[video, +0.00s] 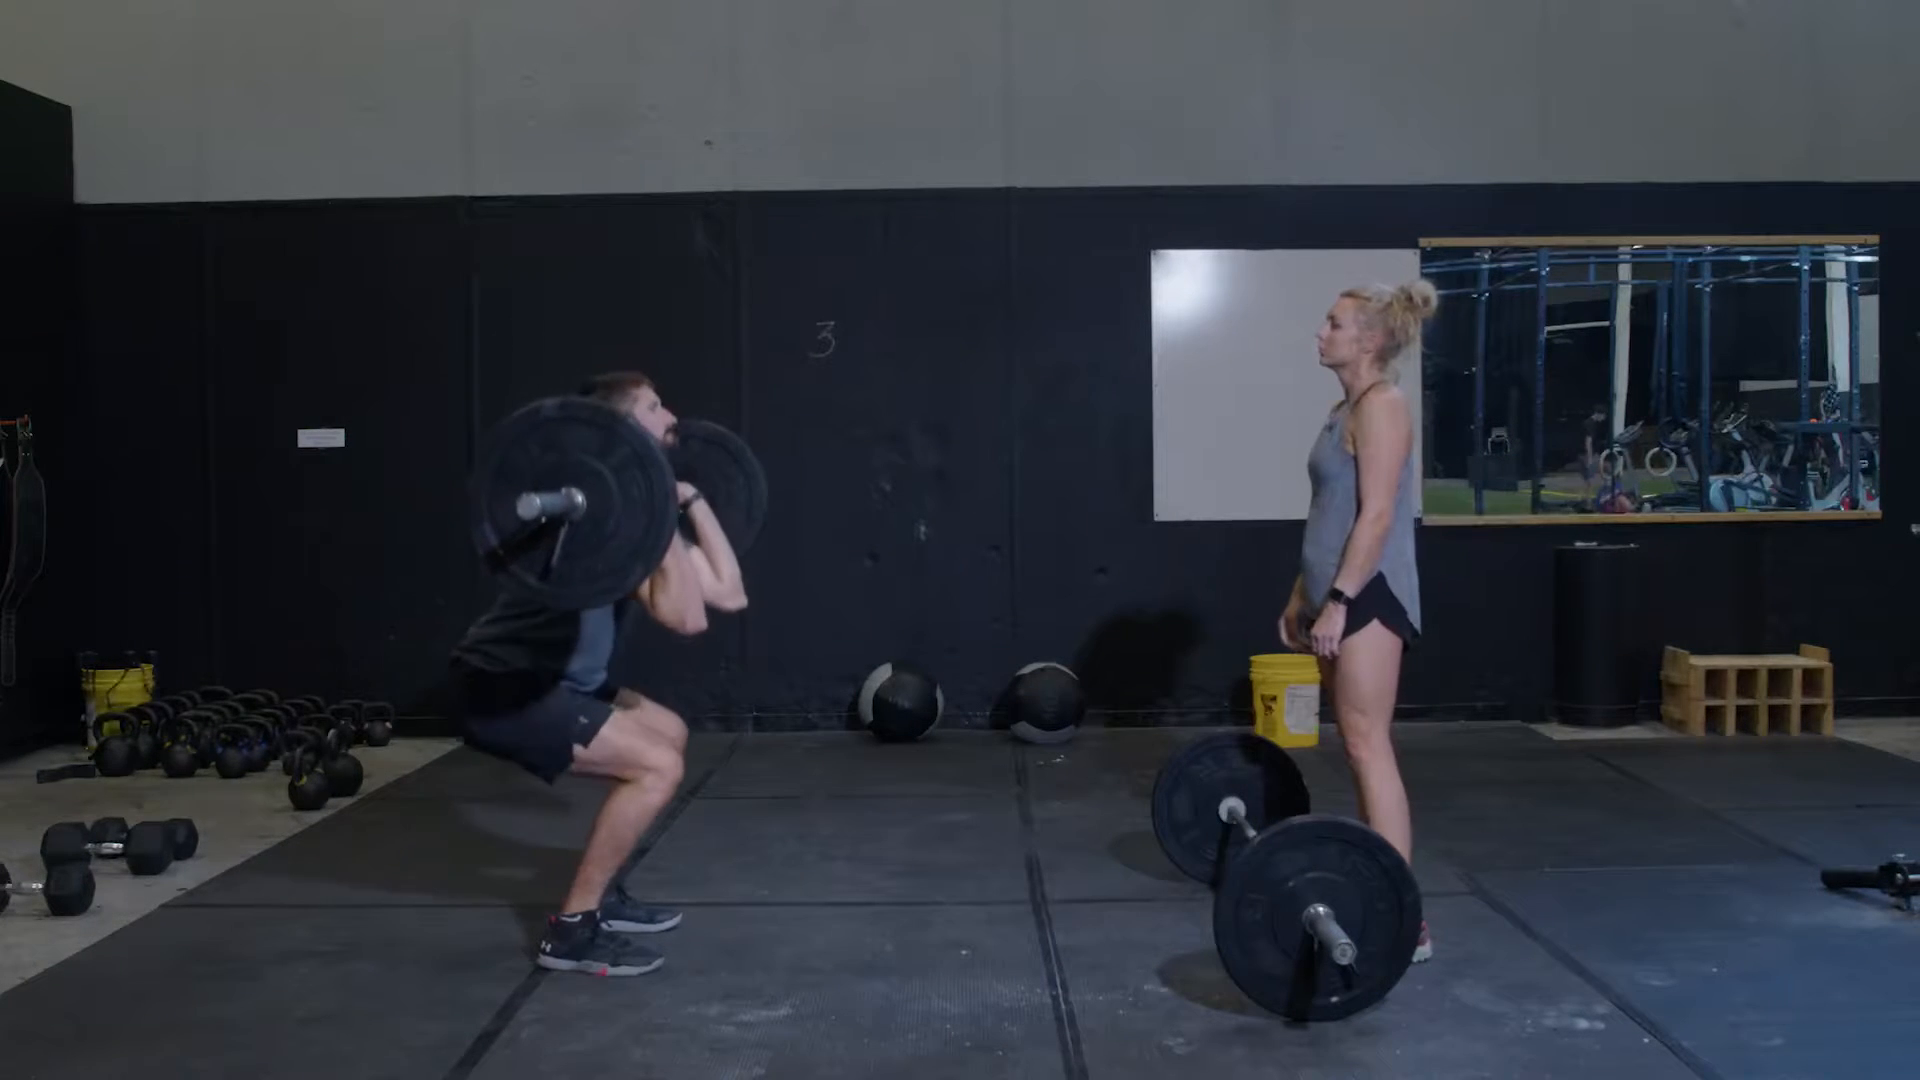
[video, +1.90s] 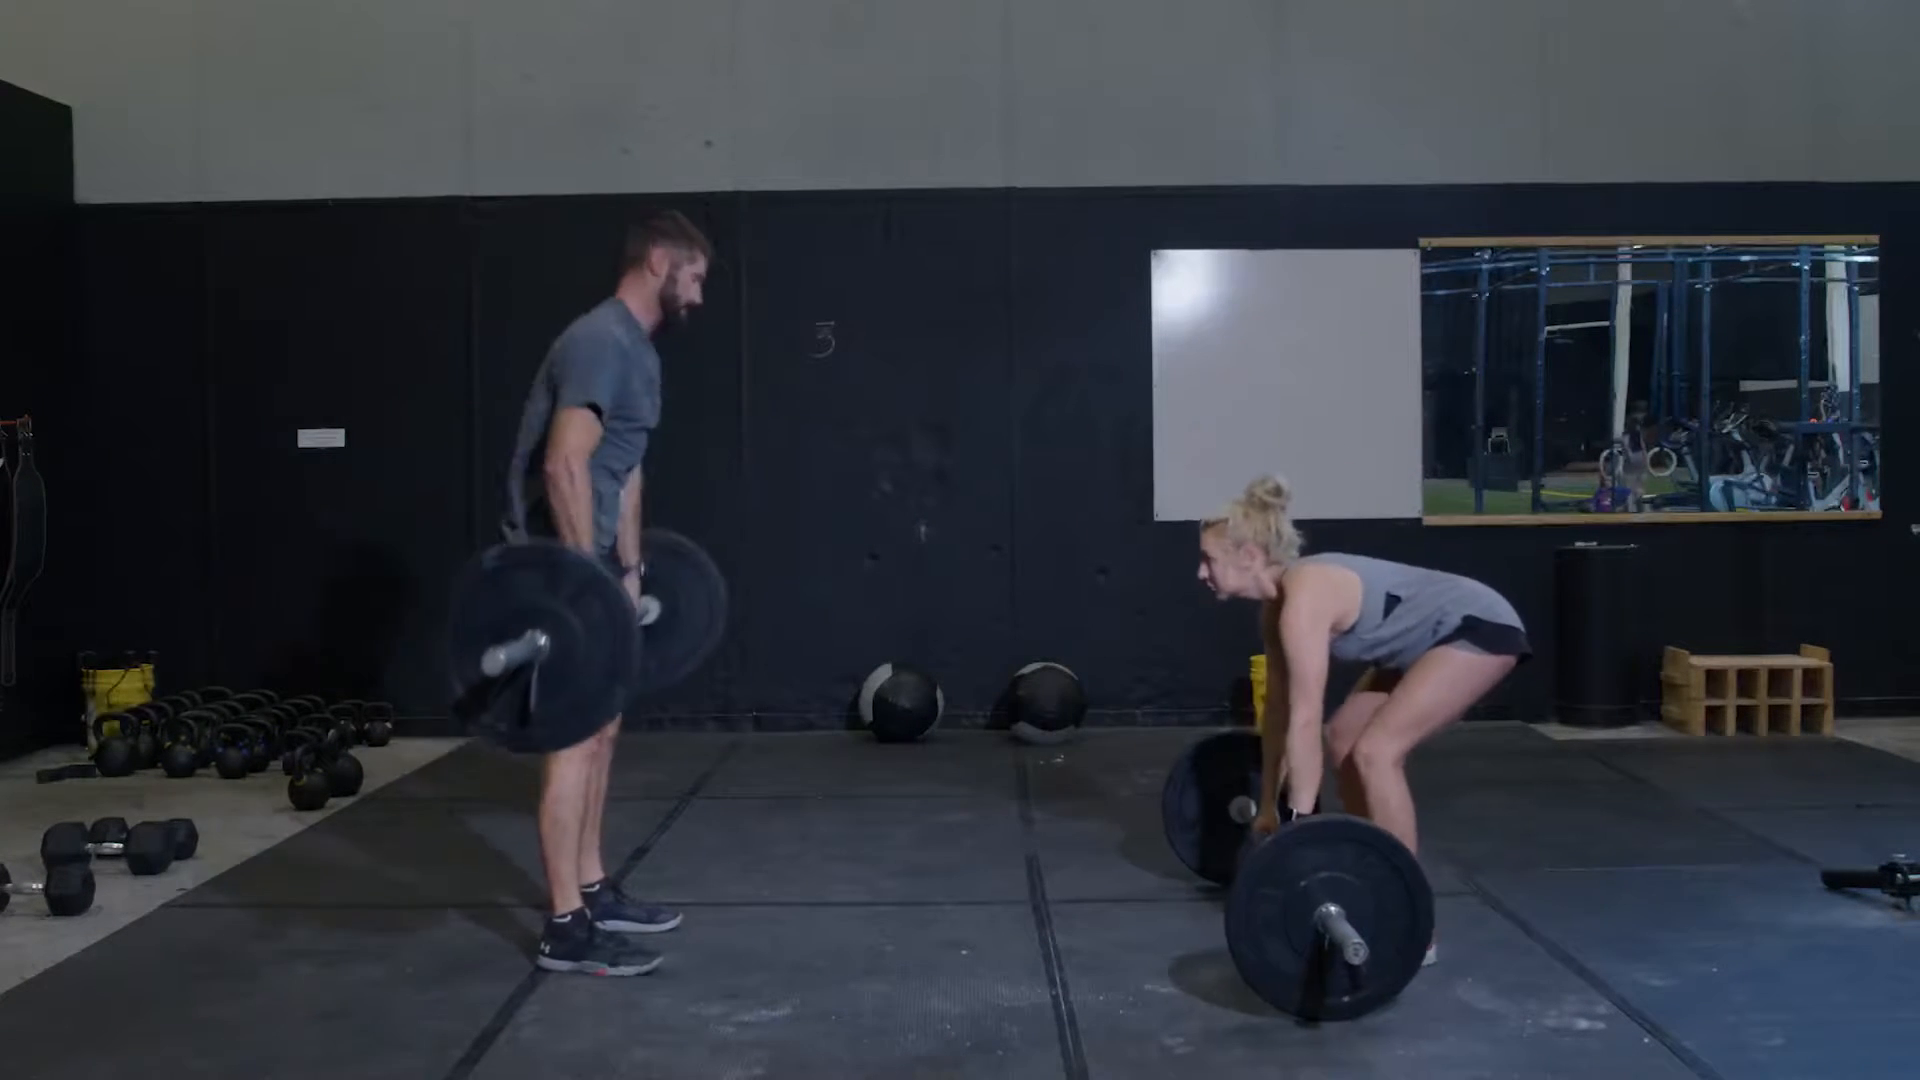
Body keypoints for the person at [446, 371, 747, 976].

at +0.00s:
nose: (670, 418)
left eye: (663, 407)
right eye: (654, 409)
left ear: (633, 430)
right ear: (619, 428)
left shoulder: (638, 503)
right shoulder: (604, 503)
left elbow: (730, 593)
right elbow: (685, 616)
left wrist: (693, 499)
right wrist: (665, 515)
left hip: (548, 678)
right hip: (507, 692)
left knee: (669, 732)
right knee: (657, 768)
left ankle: (602, 895)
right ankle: (571, 925)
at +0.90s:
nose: (635, 358)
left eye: (632, 346)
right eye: (617, 347)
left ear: (628, 362)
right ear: (583, 360)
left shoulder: (607, 428)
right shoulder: (566, 431)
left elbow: (708, 527)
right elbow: (669, 530)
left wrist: (660, 420)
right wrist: (635, 425)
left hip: (543, 625)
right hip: (496, 630)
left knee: (649, 729)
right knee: (628, 751)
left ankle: (596, 894)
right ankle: (569, 927)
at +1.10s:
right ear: (583, 306)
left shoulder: (616, 368)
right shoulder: (573, 359)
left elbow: (707, 431)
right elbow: (668, 429)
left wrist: (655, 341)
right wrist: (630, 341)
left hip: (585, 570)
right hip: (540, 565)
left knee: (634, 722)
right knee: (602, 737)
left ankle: (593, 892)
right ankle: (565, 924)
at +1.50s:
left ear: (616, 292)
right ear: (576, 289)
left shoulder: (612, 356)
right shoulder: (557, 357)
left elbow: (626, 431)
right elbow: (563, 456)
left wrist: (648, 373)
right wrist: (599, 368)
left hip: (619, 552)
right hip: (583, 554)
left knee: (600, 720)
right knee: (576, 727)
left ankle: (589, 889)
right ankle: (562, 921)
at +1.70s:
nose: (611, 266)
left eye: (612, 254)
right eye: (603, 252)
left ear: (574, 249)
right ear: (562, 246)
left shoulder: (574, 321)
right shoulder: (533, 307)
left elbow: (591, 412)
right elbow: (489, 374)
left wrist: (664, 440)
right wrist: (574, 425)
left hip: (611, 546)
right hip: (577, 549)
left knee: (610, 717)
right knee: (587, 725)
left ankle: (593, 891)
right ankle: (567, 922)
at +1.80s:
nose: (646, 272)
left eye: (648, 259)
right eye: (638, 257)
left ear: (612, 254)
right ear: (599, 250)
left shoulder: (604, 323)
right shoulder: (564, 313)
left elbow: (626, 438)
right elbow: (542, 412)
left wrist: (647, 523)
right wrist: (600, 510)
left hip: (613, 544)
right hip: (578, 548)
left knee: (610, 718)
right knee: (587, 724)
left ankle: (591, 891)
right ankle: (566, 920)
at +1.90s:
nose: (699, 295)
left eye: (702, 280)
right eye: (693, 277)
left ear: (660, 267)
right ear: (657, 264)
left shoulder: (638, 350)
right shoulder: (602, 343)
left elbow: (627, 471)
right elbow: (563, 463)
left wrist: (631, 566)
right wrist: (582, 580)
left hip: (598, 565)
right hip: (562, 567)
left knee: (603, 726)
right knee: (576, 733)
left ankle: (590, 892)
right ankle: (563, 924)